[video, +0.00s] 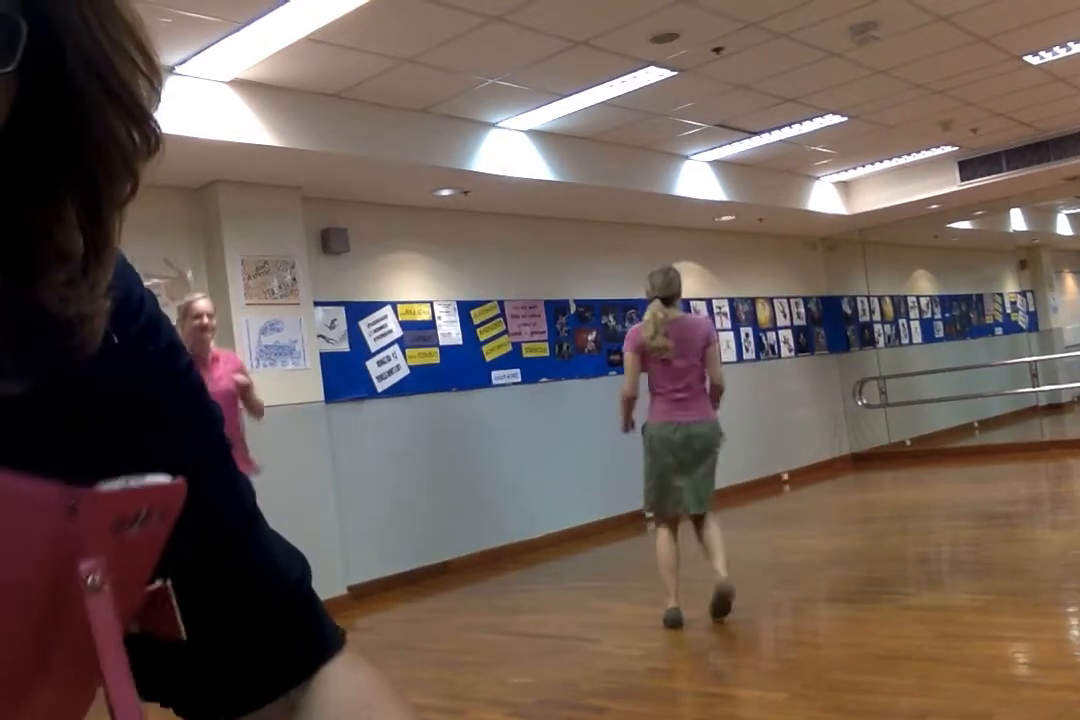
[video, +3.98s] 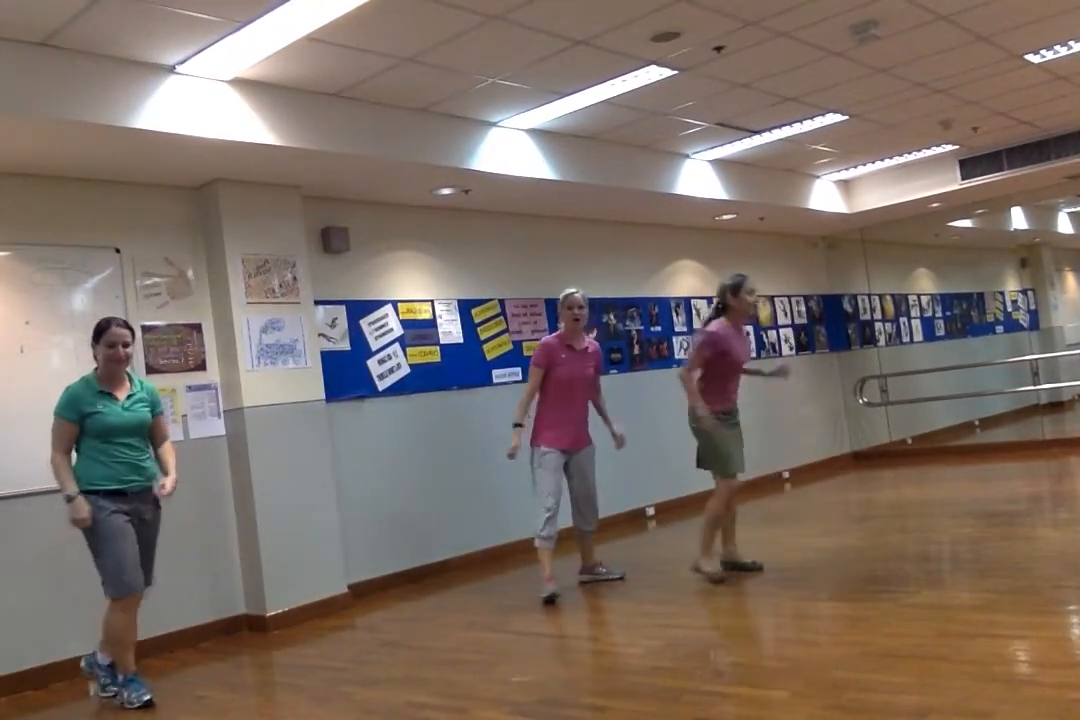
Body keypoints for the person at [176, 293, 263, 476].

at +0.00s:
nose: (205, 322)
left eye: (210, 316)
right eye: (197, 317)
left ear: (216, 321)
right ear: (182, 323)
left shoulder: (230, 361)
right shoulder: (175, 366)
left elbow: (258, 413)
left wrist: (246, 393)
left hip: (235, 462)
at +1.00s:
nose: (279, 334)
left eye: (280, 328)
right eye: (272, 329)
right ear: (250, 332)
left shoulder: (263, 370)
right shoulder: (238, 373)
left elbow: (259, 429)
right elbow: (260, 425)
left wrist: (272, 460)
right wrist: (307, 432)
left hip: (269, 478)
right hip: (246, 485)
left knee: (325, 519)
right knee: (246, 556)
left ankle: (280, 577)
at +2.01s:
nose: (462, 322)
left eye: (461, 316)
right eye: (457, 316)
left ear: (435, 319)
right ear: (438, 318)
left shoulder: (421, 353)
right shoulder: (443, 352)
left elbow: (402, 403)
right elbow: (471, 399)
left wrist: (411, 445)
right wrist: (510, 401)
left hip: (429, 454)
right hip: (447, 455)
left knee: (484, 496)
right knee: (446, 526)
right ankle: (433, 613)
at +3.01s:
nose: (593, 316)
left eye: (593, 311)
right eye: (586, 311)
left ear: (591, 316)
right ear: (568, 316)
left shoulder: (590, 350)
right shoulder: (558, 353)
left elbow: (591, 396)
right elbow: (550, 402)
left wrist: (612, 424)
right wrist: (561, 436)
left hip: (591, 441)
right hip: (566, 443)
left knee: (620, 498)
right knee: (594, 500)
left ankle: (588, 556)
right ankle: (602, 580)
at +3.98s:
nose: (577, 313)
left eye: (581, 308)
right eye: (572, 308)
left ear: (587, 312)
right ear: (561, 312)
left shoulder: (593, 349)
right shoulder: (547, 347)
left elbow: (595, 393)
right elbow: (530, 391)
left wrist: (611, 426)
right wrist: (517, 432)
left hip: (580, 438)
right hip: (549, 439)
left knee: (586, 504)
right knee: (550, 506)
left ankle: (589, 565)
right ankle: (548, 580)